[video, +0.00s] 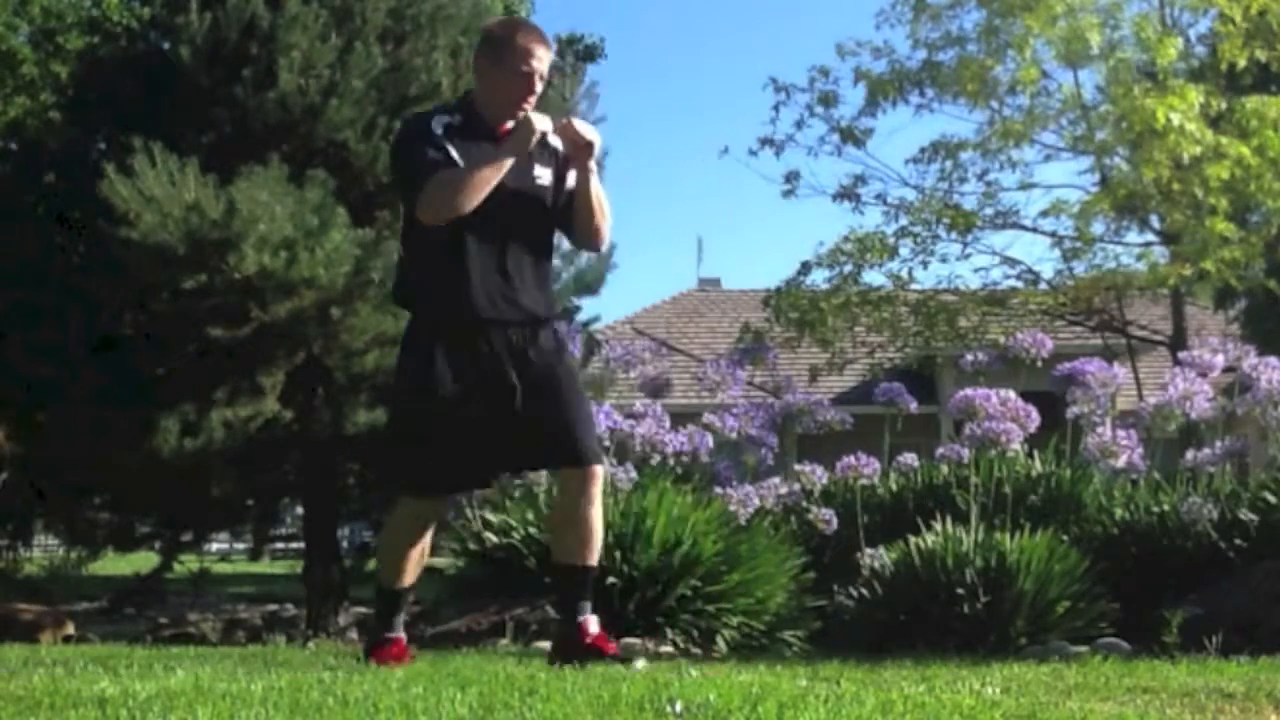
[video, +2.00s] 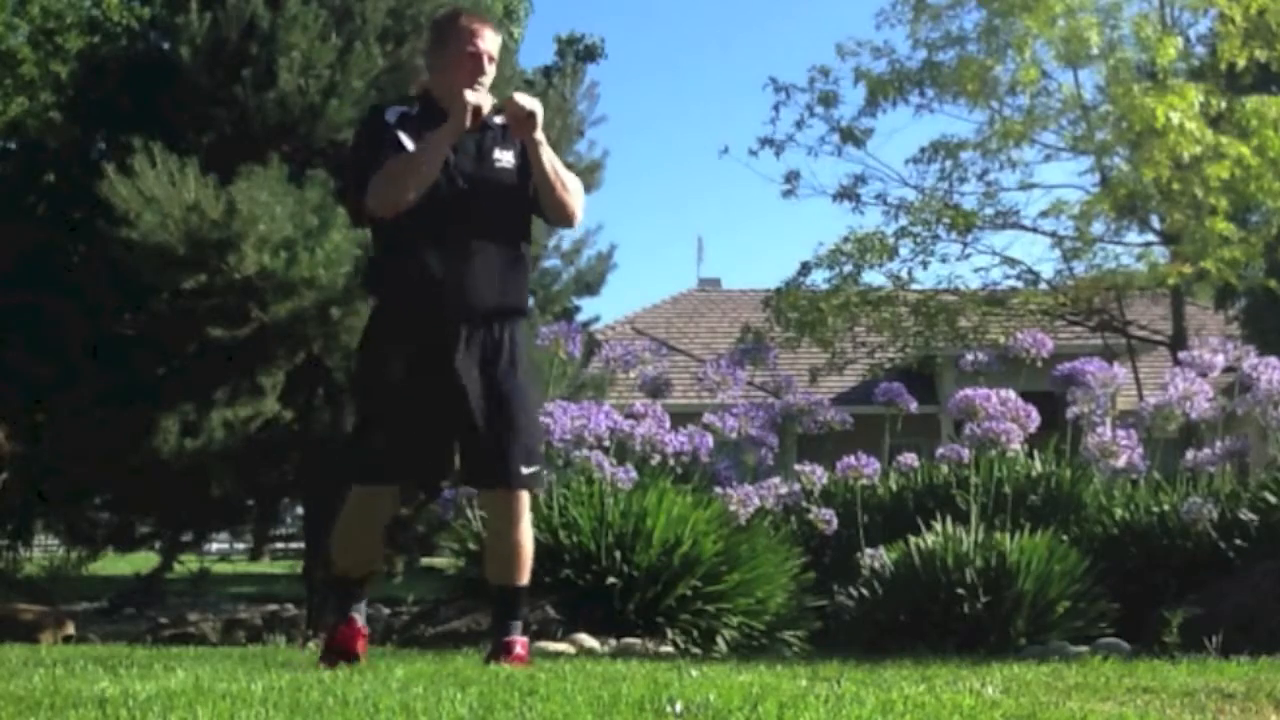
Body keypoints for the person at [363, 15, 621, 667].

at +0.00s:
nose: (532, 87)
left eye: (542, 77)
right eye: (522, 72)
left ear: (548, 83)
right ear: (480, 66)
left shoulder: (551, 149)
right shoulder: (428, 131)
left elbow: (593, 236)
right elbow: (436, 207)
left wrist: (583, 166)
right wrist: (512, 152)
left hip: (536, 337)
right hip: (446, 338)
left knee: (583, 468)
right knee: (422, 495)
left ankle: (578, 628)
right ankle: (387, 631)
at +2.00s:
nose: (482, 68)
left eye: (489, 60)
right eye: (469, 56)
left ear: (499, 70)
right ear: (432, 61)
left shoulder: (513, 139)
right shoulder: (394, 127)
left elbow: (569, 212)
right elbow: (382, 201)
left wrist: (535, 139)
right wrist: (455, 127)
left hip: (496, 334)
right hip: (409, 331)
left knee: (509, 485)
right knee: (379, 483)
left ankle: (509, 634)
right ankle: (346, 618)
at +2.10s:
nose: (473, 77)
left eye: (482, 69)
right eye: (461, 64)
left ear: (491, 79)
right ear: (423, 66)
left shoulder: (509, 144)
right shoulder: (385, 128)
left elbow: (565, 216)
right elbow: (374, 193)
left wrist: (533, 144)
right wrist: (448, 124)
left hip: (492, 336)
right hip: (404, 333)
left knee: (511, 486)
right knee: (380, 488)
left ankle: (508, 635)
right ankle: (347, 627)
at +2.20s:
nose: (465, 95)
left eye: (474, 87)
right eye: (452, 82)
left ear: (482, 98)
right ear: (414, 84)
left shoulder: (504, 167)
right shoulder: (376, 150)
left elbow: (554, 241)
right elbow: (370, 204)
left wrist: (522, 167)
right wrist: (441, 137)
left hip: (486, 359)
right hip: (395, 356)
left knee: (514, 497)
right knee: (370, 503)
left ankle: (507, 639)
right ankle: (349, 640)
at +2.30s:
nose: (462, 82)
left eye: (471, 73)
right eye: (449, 68)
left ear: (480, 83)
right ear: (412, 69)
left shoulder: (496, 151)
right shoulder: (372, 139)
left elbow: (542, 233)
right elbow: (362, 210)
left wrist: (514, 169)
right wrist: (433, 146)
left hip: (484, 346)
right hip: (394, 344)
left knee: (509, 488)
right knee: (371, 496)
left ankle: (507, 635)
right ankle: (346, 635)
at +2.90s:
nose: (536, 110)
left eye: (543, 101)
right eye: (521, 98)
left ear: (550, 110)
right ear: (481, 101)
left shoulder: (568, 177)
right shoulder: (440, 164)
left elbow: (634, 240)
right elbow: (453, 212)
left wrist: (604, 164)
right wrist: (525, 147)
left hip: (553, 375)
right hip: (459, 376)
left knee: (626, 490)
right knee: (404, 518)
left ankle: (708, 618)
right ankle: (360, 637)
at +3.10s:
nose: (628, 112)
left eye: (631, 104)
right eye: (613, 101)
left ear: (634, 116)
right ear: (570, 114)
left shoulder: (635, 180)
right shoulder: (573, 178)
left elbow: (706, 215)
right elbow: (666, 175)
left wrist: (683, 140)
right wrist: (668, 107)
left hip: (658, 385)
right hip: (582, 388)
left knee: (746, 495)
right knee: (499, 533)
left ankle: (750, 642)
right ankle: (388, 623)